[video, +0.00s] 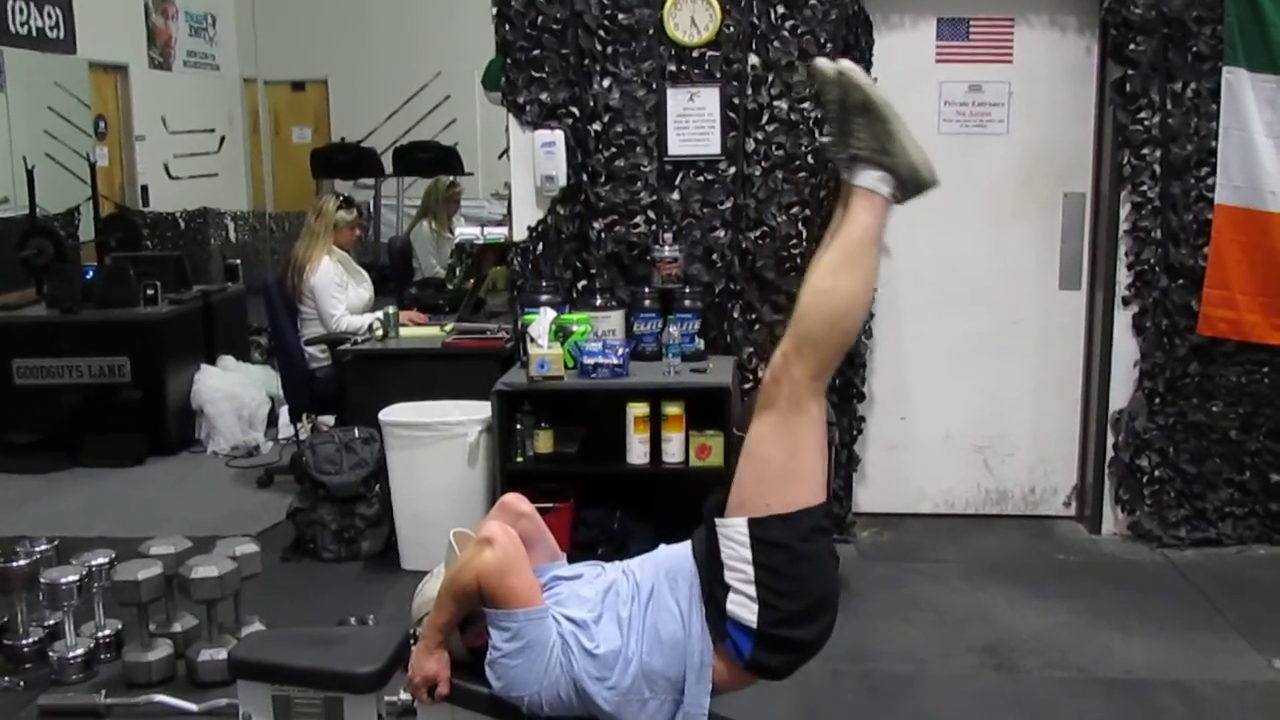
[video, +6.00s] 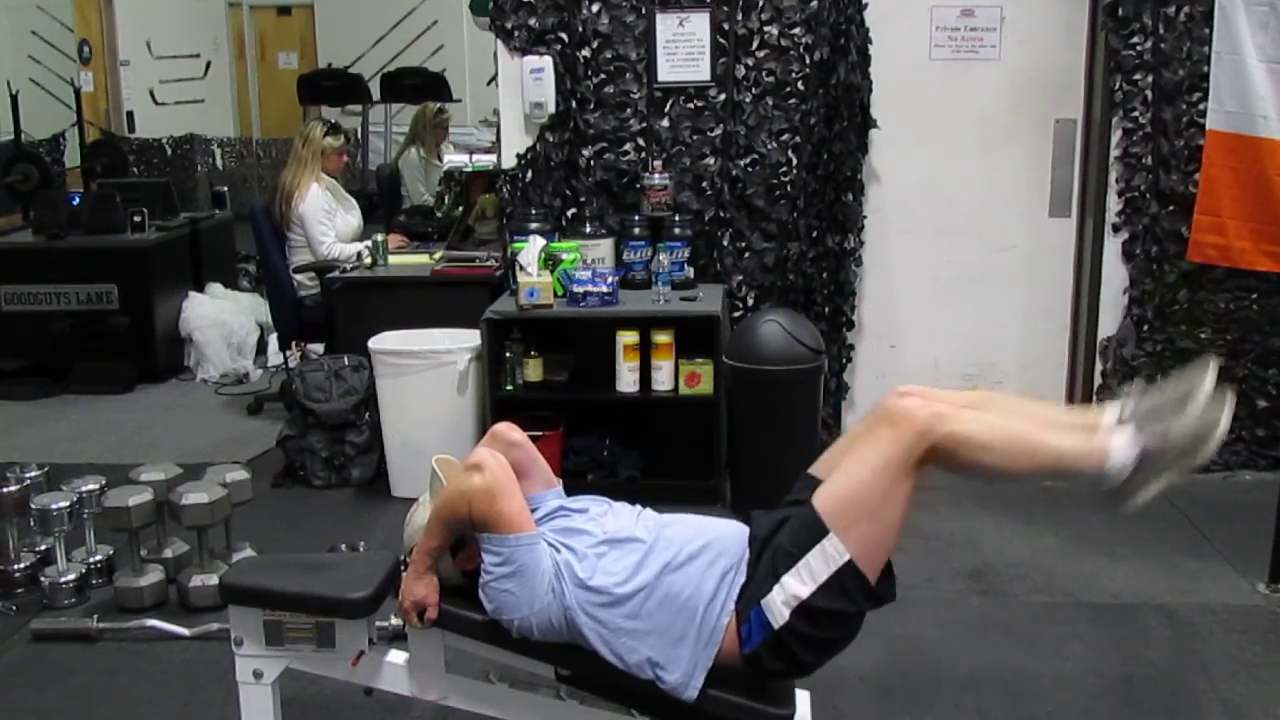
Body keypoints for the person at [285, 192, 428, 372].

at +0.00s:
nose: (358, 234)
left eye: (358, 228)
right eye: (352, 228)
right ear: (332, 228)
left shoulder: (336, 260)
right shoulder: (323, 266)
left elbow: (347, 317)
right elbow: (336, 324)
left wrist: (392, 315)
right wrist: (391, 318)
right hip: (329, 363)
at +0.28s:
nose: (352, 225)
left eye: (353, 219)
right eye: (347, 219)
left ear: (331, 219)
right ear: (328, 218)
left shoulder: (328, 250)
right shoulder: (317, 256)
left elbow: (340, 307)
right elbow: (332, 315)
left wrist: (386, 307)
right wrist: (385, 308)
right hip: (324, 357)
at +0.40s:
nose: (350, 204)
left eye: (350, 197)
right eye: (344, 198)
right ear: (324, 198)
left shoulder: (329, 228)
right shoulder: (315, 235)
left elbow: (341, 286)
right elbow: (330, 295)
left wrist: (386, 285)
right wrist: (385, 288)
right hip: (321, 335)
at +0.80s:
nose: (347, 181)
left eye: (347, 174)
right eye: (341, 175)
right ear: (322, 175)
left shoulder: (325, 207)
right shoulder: (312, 212)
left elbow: (336, 264)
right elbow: (327, 271)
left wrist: (382, 263)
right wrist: (382, 265)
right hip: (319, 312)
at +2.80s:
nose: (345, 160)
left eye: (346, 153)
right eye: (339, 154)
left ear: (324, 155)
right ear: (320, 154)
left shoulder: (324, 187)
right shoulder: (311, 192)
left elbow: (335, 244)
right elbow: (325, 251)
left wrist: (381, 243)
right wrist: (380, 246)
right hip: (319, 291)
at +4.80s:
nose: (346, 159)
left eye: (346, 153)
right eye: (340, 154)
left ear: (324, 155)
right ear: (320, 154)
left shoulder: (324, 186)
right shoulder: (312, 192)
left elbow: (335, 244)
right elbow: (326, 251)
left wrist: (378, 242)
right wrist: (378, 245)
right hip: (319, 292)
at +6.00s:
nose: (346, 160)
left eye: (346, 153)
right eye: (340, 154)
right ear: (319, 154)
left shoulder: (324, 186)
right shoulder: (312, 192)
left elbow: (334, 244)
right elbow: (326, 251)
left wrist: (377, 243)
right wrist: (377, 245)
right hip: (318, 294)